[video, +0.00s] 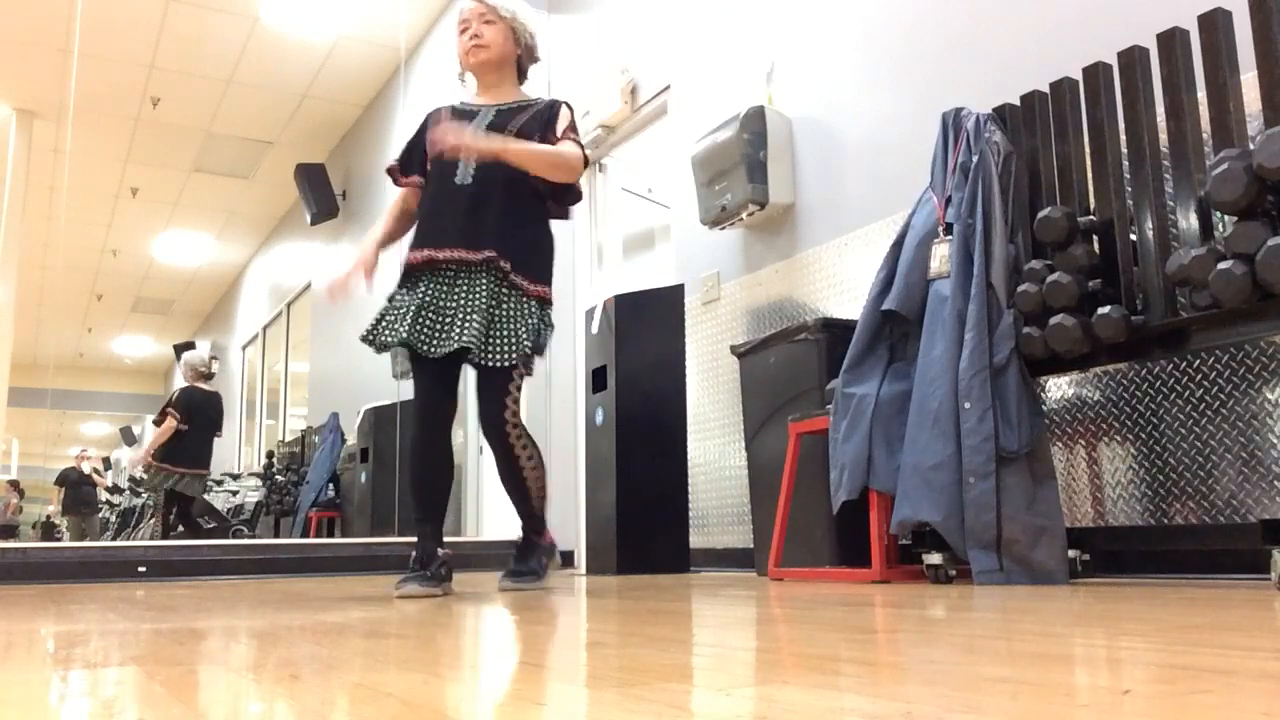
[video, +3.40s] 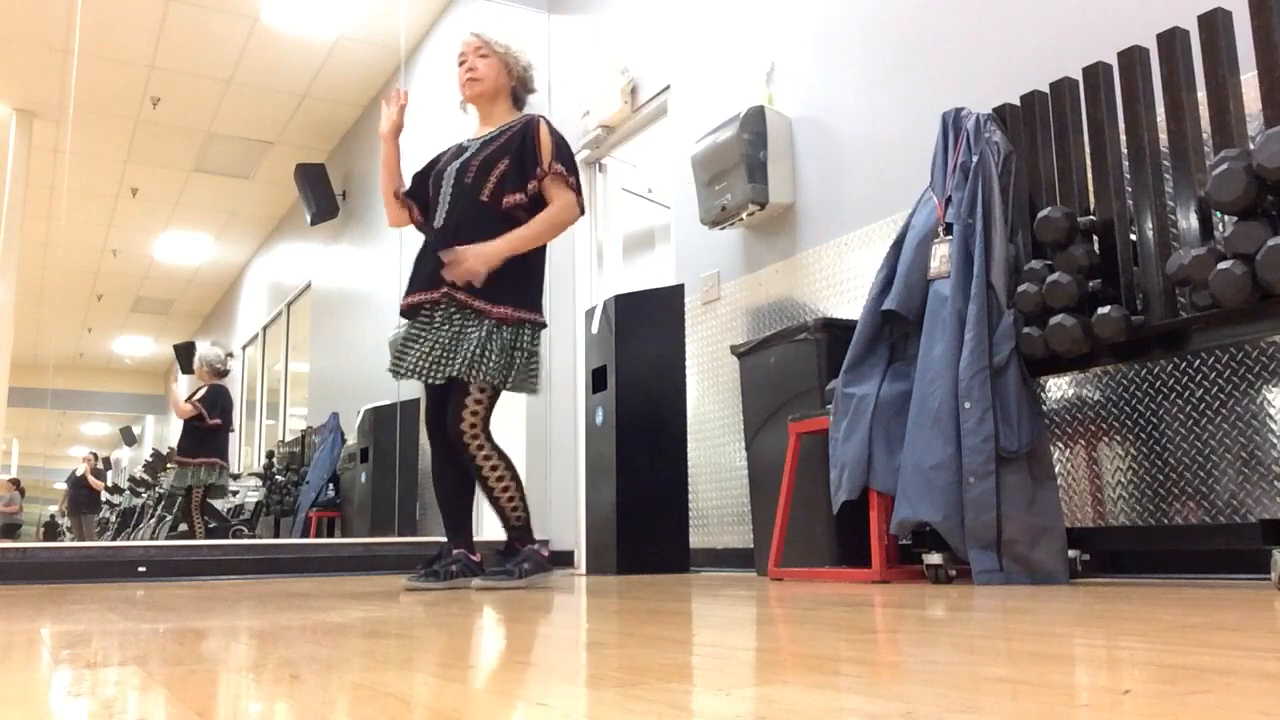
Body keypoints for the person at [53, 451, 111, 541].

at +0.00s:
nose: (85, 461)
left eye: (87, 458)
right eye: (82, 458)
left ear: (90, 460)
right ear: (76, 459)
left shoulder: (94, 471)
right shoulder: (67, 472)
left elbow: (103, 484)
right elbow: (58, 489)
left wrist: (92, 474)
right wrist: (56, 507)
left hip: (91, 511)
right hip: (73, 512)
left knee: (95, 538)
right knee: (75, 540)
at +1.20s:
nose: (96, 460)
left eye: (99, 458)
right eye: (94, 457)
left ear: (103, 460)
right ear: (89, 458)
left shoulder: (107, 473)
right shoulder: (80, 471)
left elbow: (114, 486)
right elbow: (69, 487)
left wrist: (102, 473)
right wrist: (67, 504)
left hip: (99, 512)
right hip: (81, 511)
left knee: (97, 540)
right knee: (78, 539)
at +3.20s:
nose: (86, 463)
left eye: (90, 460)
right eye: (84, 460)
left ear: (95, 462)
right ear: (82, 461)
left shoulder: (100, 472)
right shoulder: (75, 472)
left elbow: (101, 487)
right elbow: (67, 490)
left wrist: (89, 475)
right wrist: (60, 504)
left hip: (90, 509)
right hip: (74, 510)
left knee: (91, 538)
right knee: (79, 538)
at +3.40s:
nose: (86, 463)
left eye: (89, 460)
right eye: (84, 460)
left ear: (95, 462)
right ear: (81, 461)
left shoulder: (99, 472)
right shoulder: (76, 472)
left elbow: (100, 487)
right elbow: (67, 490)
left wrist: (88, 475)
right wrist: (60, 505)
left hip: (89, 508)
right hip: (74, 508)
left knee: (89, 537)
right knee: (78, 537)